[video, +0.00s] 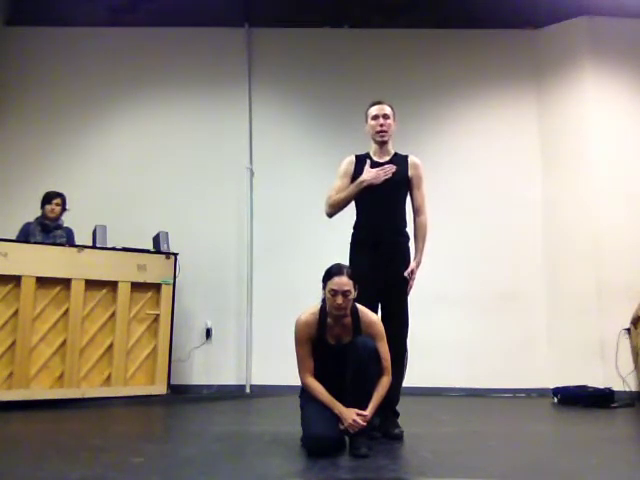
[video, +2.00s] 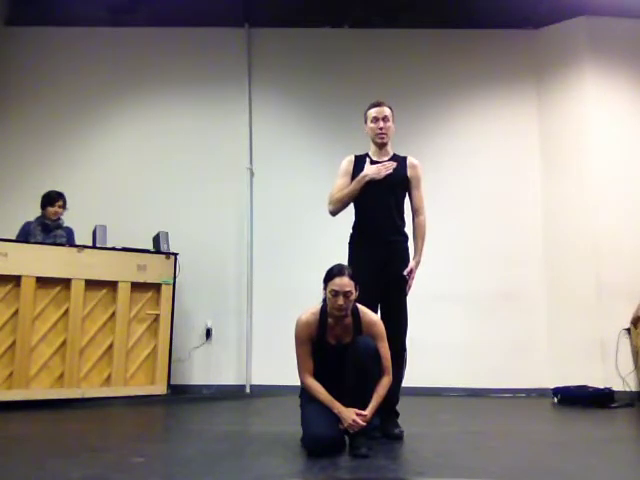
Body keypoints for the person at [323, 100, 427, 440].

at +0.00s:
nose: (381, 122)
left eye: (387, 117)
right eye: (376, 117)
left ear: (395, 124)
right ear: (366, 126)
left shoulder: (411, 166)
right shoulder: (353, 164)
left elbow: (420, 215)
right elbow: (331, 207)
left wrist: (417, 260)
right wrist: (363, 182)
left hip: (396, 258)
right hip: (362, 257)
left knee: (395, 339)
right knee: (359, 337)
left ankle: (388, 415)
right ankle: (359, 416)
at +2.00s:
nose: (381, 125)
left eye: (386, 119)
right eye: (375, 120)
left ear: (394, 125)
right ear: (366, 127)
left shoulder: (409, 166)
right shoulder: (353, 164)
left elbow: (419, 215)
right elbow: (333, 205)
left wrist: (416, 259)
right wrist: (365, 176)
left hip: (394, 257)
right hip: (362, 257)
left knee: (395, 337)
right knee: (359, 336)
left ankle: (388, 415)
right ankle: (358, 416)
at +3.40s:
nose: (381, 121)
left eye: (386, 117)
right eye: (375, 117)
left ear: (393, 124)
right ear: (365, 126)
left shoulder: (409, 165)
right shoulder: (352, 162)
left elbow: (418, 215)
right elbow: (331, 203)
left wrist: (415, 259)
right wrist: (365, 175)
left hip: (393, 256)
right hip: (361, 256)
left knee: (394, 337)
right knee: (358, 336)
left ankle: (388, 415)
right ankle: (359, 416)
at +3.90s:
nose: (382, 125)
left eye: (387, 119)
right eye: (376, 120)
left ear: (394, 124)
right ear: (366, 126)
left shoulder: (410, 166)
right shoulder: (352, 163)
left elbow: (419, 215)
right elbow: (332, 205)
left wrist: (416, 260)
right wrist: (365, 177)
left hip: (394, 257)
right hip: (361, 256)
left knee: (394, 337)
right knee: (358, 336)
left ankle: (388, 415)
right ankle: (359, 416)